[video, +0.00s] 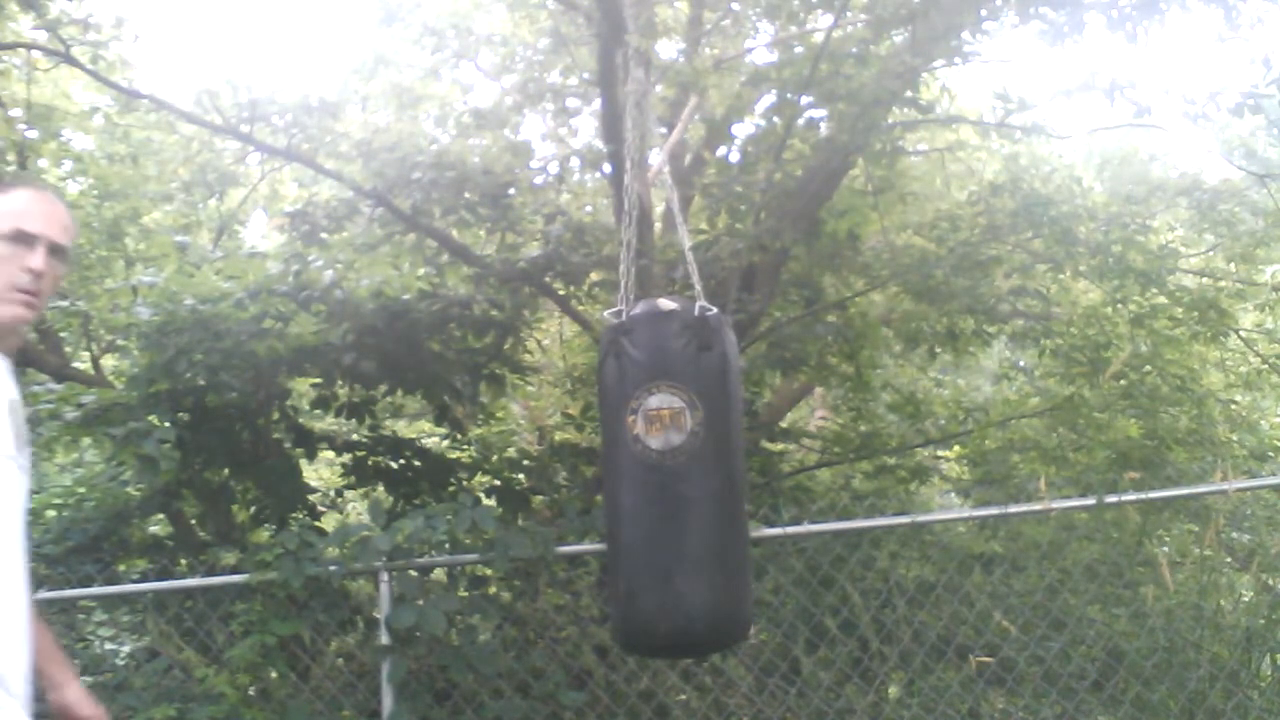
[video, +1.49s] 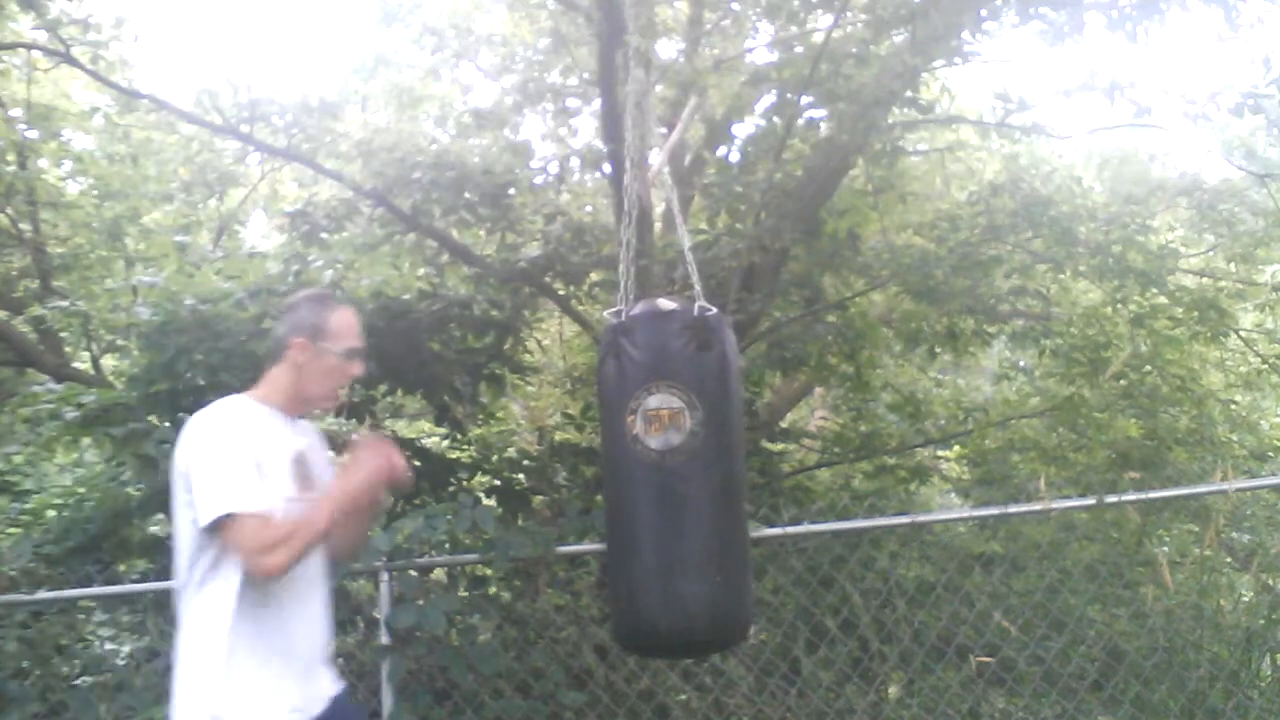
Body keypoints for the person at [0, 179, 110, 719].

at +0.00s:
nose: (38, 266)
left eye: (56, 254)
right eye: (19, 240)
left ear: (64, 277)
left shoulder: (10, 387)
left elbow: (8, 567)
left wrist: (63, 681)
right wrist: (63, 683)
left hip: (12, 699)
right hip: (4, 698)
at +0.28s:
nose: (143, 313)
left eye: (146, 297)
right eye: (124, 291)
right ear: (58, 294)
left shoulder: (71, 403)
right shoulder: (23, 396)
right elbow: (4, 545)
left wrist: (101, 694)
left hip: (83, 693)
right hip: (39, 696)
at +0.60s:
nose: (219, 324)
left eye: (216, 309)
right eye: (208, 307)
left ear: (161, 313)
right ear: (163, 313)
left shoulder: (54, 405)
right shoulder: (141, 402)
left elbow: (10, 569)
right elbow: (148, 556)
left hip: (38, 695)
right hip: (119, 697)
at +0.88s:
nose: (256, 358)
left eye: (253, 343)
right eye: (243, 343)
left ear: (197, 349)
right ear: (197, 348)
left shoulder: (118, 433)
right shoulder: (159, 430)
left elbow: (64, 591)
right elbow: (177, 577)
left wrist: (114, 675)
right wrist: (310, 602)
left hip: (116, 703)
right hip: (165, 703)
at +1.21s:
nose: (295, 363)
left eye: (296, 349)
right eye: (285, 346)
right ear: (237, 343)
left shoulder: (225, 432)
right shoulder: (174, 416)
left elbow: (272, 533)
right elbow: (253, 525)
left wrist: (329, 460)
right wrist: (324, 442)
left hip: (227, 694)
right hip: (183, 698)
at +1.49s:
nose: (359, 371)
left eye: (361, 357)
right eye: (350, 356)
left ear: (304, 353)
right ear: (300, 351)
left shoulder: (310, 441)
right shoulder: (215, 431)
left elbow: (338, 549)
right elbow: (265, 554)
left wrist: (369, 484)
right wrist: (354, 480)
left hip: (312, 692)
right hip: (232, 700)